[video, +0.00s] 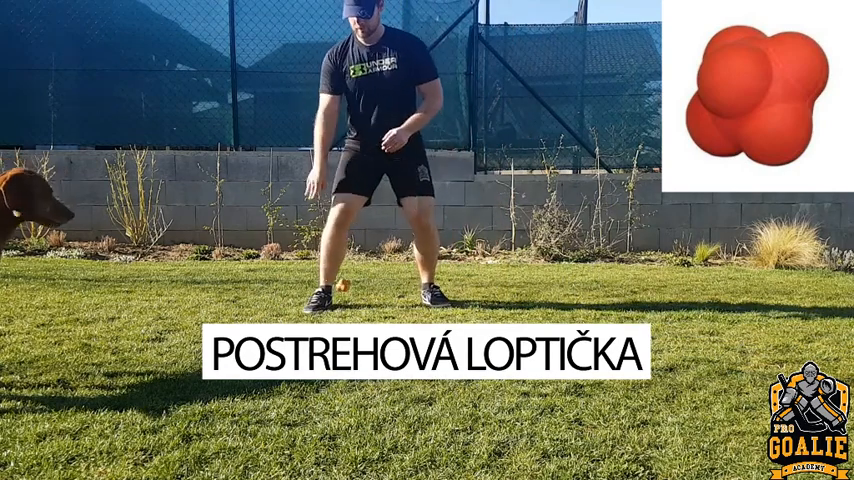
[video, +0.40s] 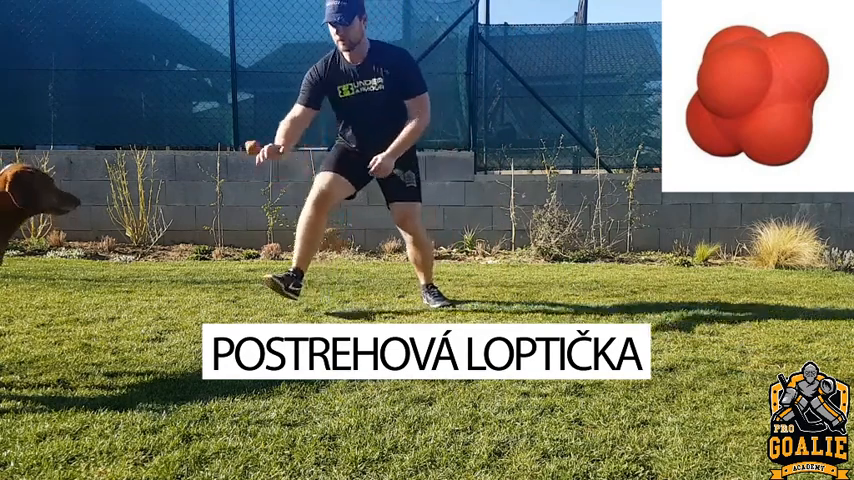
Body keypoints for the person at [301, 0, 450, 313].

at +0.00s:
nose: (359, 22)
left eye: (365, 14)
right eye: (353, 16)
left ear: (380, 9)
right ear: (346, 16)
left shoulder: (410, 46)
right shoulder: (336, 57)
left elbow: (434, 98)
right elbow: (327, 112)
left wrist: (406, 130)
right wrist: (319, 164)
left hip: (405, 143)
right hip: (361, 145)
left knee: (421, 214)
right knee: (340, 212)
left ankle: (429, 286)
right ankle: (324, 290)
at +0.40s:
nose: (338, 33)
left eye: (345, 24)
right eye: (332, 26)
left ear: (363, 21)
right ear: (327, 27)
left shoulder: (398, 60)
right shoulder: (323, 71)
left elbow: (420, 117)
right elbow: (297, 117)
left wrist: (391, 155)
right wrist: (280, 145)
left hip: (397, 148)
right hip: (351, 149)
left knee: (410, 226)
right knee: (319, 196)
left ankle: (428, 288)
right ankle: (295, 277)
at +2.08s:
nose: (378, 18)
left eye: (385, 10)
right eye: (372, 12)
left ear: (397, 8)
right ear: (363, 12)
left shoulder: (423, 47)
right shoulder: (347, 53)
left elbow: (444, 103)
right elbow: (334, 109)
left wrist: (433, 135)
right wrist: (337, 157)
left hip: (412, 148)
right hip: (363, 148)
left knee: (436, 221)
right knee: (336, 217)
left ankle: (451, 292)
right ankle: (314, 294)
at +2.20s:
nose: (378, 17)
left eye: (385, 10)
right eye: (371, 11)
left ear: (396, 8)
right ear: (362, 11)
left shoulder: (423, 47)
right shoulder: (344, 51)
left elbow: (443, 102)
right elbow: (330, 107)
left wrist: (434, 135)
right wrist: (324, 158)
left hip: (411, 149)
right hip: (363, 149)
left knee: (435, 218)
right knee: (335, 218)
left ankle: (450, 290)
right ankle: (314, 293)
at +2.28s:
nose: (379, 16)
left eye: (385, 9)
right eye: (371, 10)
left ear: (395, 8)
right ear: (362, 9)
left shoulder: (421, 46)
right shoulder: (342, 49)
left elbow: (439, 102)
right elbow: (325, 103)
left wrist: (434, 138)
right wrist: (317, 155)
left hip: (409, 148)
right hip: (360, 148)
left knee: (433, 217)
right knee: (334, 218)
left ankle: (450, 290)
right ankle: (314, 293)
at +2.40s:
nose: (377, 17)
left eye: (385, 10)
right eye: (370, 11)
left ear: (395, 9)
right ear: (361, 12)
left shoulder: (419, 51)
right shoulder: (340, 53)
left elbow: (436, 107)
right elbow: (320, 105)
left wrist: (436, 149)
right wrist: (310, 152)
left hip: (406, 149)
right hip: (357, 149)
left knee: (430, 218)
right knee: (332, 218)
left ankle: (451, 291)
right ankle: (313, 294)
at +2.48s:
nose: (368, 20)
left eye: (375, 13)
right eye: (362, 13)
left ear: (391, 11)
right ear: (354, 14)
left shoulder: (416, 55)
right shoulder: (337, 57)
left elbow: (436, 112)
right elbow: (314, 106)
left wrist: (431, 154)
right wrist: (303, 138)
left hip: (403, 151)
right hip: (354, 150)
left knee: (424, 220)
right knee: (328, 214)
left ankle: (450, 291)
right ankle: (310, 289)